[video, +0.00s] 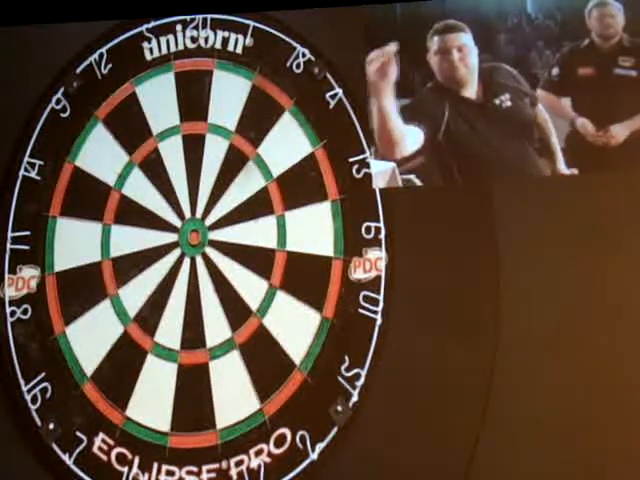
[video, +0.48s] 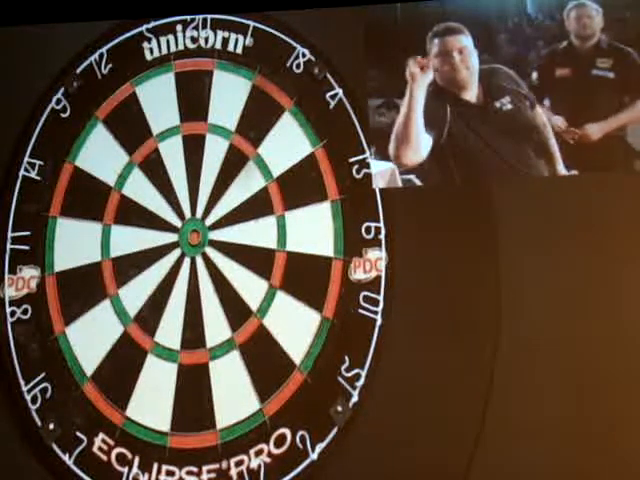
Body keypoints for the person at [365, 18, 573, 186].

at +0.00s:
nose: (454, 59)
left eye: (461, 50)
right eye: (443, 53)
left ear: (476, 53)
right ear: (430, 62)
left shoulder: (502, 77)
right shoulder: (432, 104)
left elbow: (539, 116)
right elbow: (394, 150)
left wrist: (559, 165)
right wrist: (382, 89)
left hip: (543, 193)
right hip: (485, 208)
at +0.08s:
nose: (455, 59)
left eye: (462, 49)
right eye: (444, 53)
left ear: (476, 53)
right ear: (431, 62)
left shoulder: (502, 76)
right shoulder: (431, 104)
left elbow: (539, 116)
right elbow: (396, 150)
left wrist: (559, 165)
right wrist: (387, 86)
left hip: (545, 194)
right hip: (487, 208)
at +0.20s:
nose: (454, 59)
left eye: (461, 49)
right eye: (443, 53)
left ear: (475, 52)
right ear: (430, 61)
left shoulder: (500, 76)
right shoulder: (431, 101)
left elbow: (538, 116)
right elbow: (401, 152)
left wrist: (560, 166)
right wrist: (403, 82)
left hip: (543, 192)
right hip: (485, 206)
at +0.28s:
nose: (454, 60)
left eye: (461, 50)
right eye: (444, 54)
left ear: (475, 53)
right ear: (430, 62)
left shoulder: (501, 77)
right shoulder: (431, 101)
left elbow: (538, 116)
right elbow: (404, 154)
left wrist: (560, 168)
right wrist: (411, 82)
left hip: (542, 194)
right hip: (485, 207)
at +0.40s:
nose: (456, 60)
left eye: (462, 51)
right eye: (444, 55)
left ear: (475, 54)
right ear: (430, 64)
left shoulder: (500, 77)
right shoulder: (432, 103)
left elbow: (538, 117)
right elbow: (405, 156)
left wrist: (559, 169)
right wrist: (415, 85)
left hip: (545, 192)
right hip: (489, 207)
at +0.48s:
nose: (456, 60)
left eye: (462, 51)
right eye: (445, 55)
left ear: (475, 55)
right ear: (429, 65)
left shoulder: (499, 78)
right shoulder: (432, 104)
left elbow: (538, 120)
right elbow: (406, 158)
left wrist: (559, 170)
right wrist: (416, 86)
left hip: (543, 193)